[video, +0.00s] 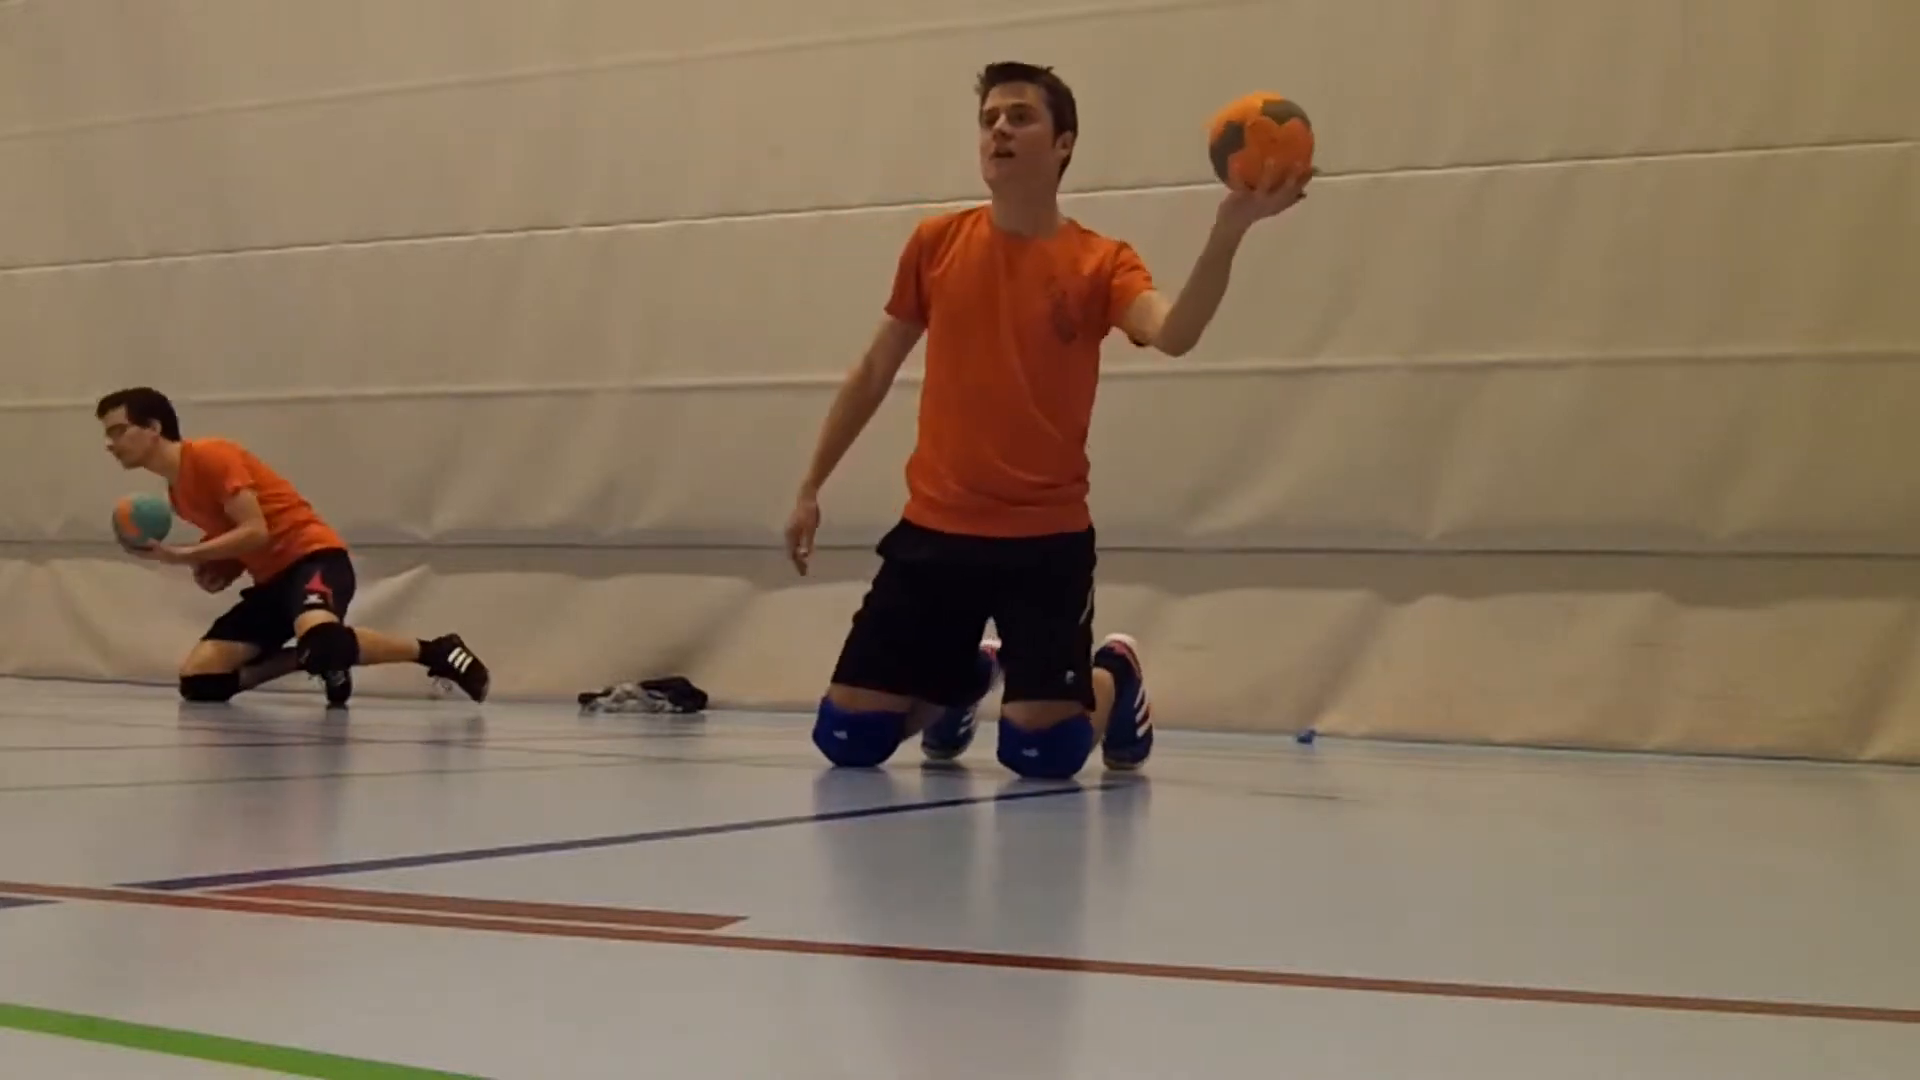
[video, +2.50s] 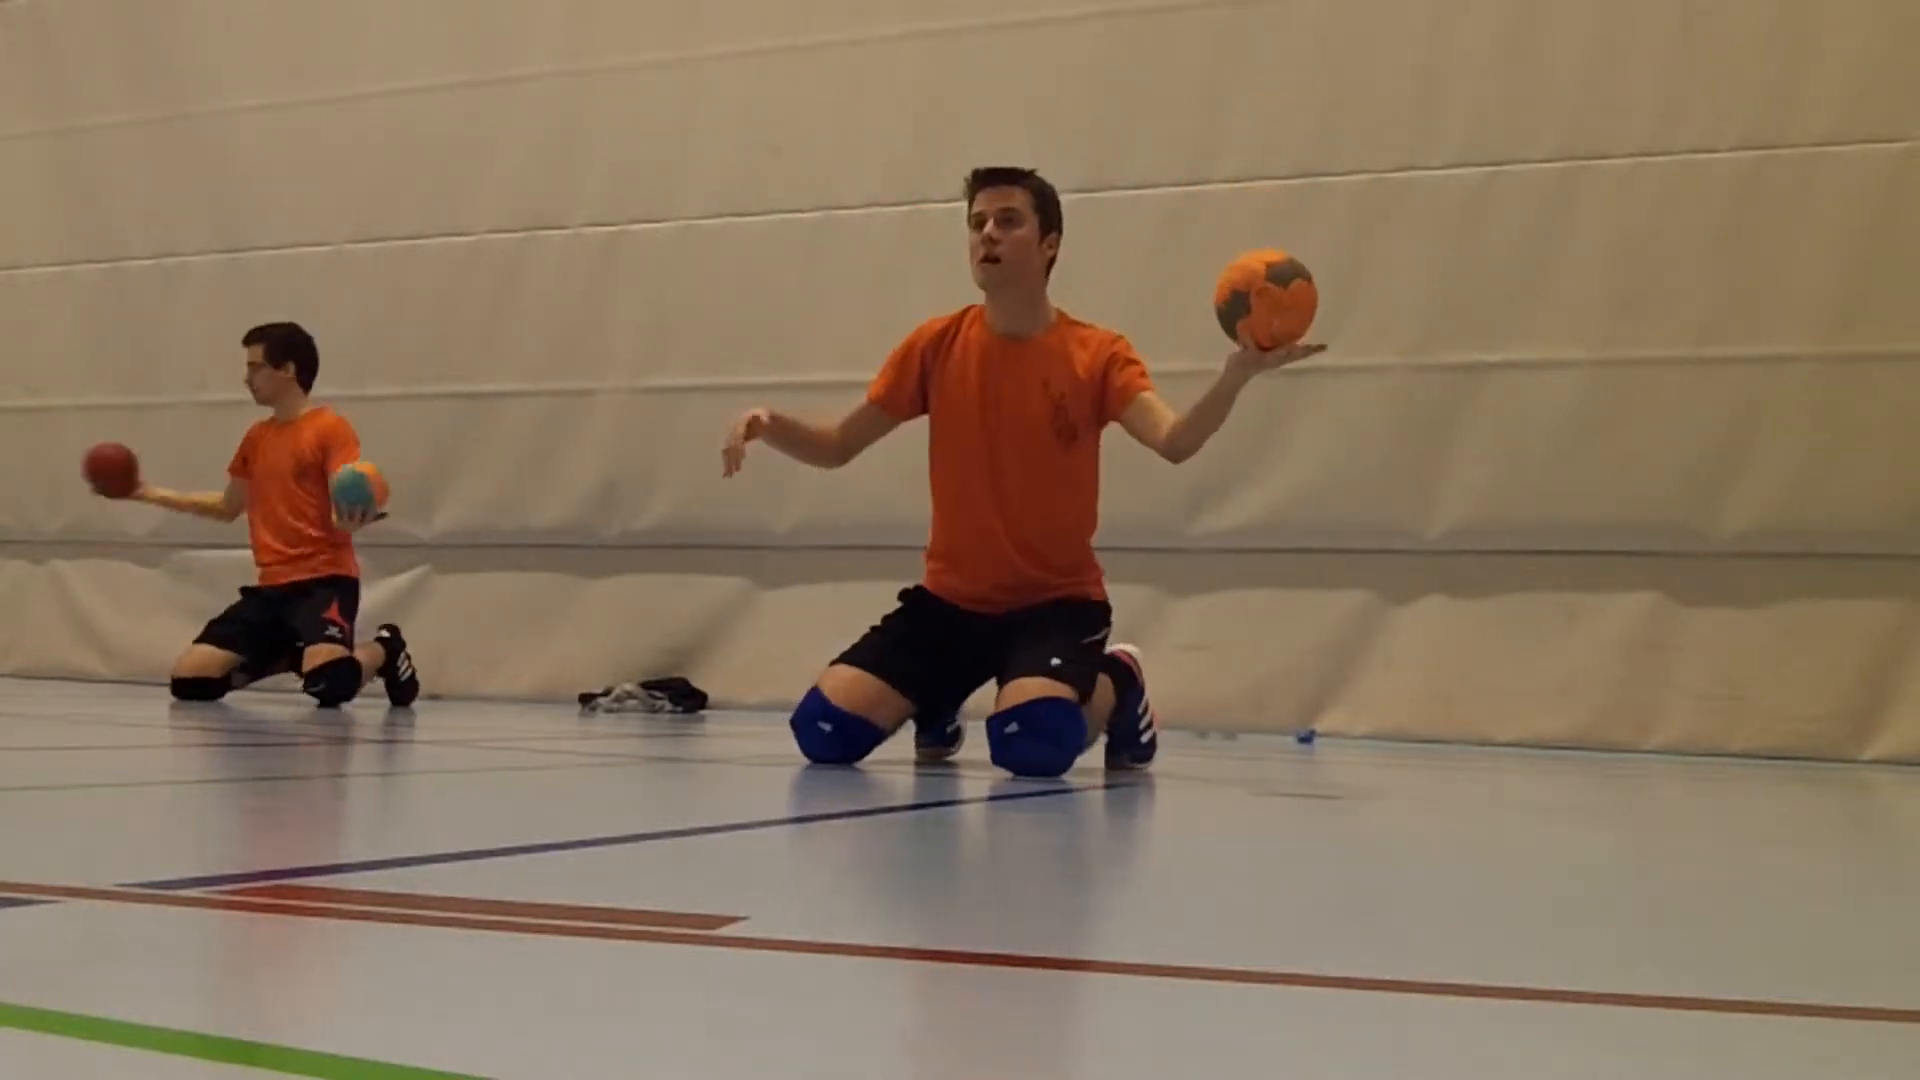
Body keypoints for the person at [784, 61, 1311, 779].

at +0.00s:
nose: (998, 130)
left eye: (1020, 116)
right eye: (988, 120)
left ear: (1063, 144)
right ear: (977, 144)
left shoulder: (1098, 262)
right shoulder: (937, 243)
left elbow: (1174, 332)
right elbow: (873, 372)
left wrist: (1230, 226)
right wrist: (809, 487)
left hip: (1046, 539)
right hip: (934, 530)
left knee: (1039, 755)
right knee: (847, 738)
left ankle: (1116, 679)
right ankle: (968, 679)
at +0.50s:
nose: (1008, 225)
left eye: (1028, 211)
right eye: (997, 213)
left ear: (1068, 235)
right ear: (985, 234)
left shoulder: (1101, 339)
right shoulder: (950, 329)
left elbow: (1200, 359)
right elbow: (887, 439)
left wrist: (1287, 272)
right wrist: (833, 498)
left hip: (1051, 603)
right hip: (942, 597)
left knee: (1050, 754)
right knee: (799, 736)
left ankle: (1110, 689)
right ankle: (937, 684)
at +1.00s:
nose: (998, 223)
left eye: (1018, 209)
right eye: (992, 213)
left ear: (1063, 233)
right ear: (984, 232)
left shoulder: (1109, 339)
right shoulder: (962, 340)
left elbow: (1159, 453)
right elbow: (912, 464)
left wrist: (1204, 391)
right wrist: (860, 379)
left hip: (1058, 596)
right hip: (952, 590)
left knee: (1044, 751)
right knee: (821, 736)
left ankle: (1108, 683)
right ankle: (947, 683)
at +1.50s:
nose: (981, 246)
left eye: (1001, 231)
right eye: (973, 235)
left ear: (1046, 248)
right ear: (966, 253)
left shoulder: (1104, 342)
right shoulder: (981, 356)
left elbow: (1152, 465)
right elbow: (987, 492)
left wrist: (1174, 391)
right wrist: (902, 482)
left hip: (1056, 607)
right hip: (952, 601)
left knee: (1049, 751)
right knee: (819, 735)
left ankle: (1109, 686)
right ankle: (936, 686)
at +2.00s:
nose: (1004, 185)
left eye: (1024, 174)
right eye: (994, 173)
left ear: (1062, 202)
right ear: (979, 194)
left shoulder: (1093, 311)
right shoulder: (942, 287)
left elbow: (1160, 389)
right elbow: (824, 272)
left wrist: (1203, 287)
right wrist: (857, 171)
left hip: (1043, 575)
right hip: (932, 566)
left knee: (1046, 753)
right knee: (800, 737)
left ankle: (1096, 681)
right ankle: (935, 672)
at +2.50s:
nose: (988, 235)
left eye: (1009, 221)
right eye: (978, 224)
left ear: (1050, 247)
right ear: (966, 246)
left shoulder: (1094, 356)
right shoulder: (938, 347)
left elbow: (1177, 441)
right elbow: (836, 444)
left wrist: (1238, 368)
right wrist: (772, 423)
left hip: (1056, 603)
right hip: (949, 601)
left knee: (1029, 750)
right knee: (821, 736)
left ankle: (1118, 684)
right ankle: (936, 690)